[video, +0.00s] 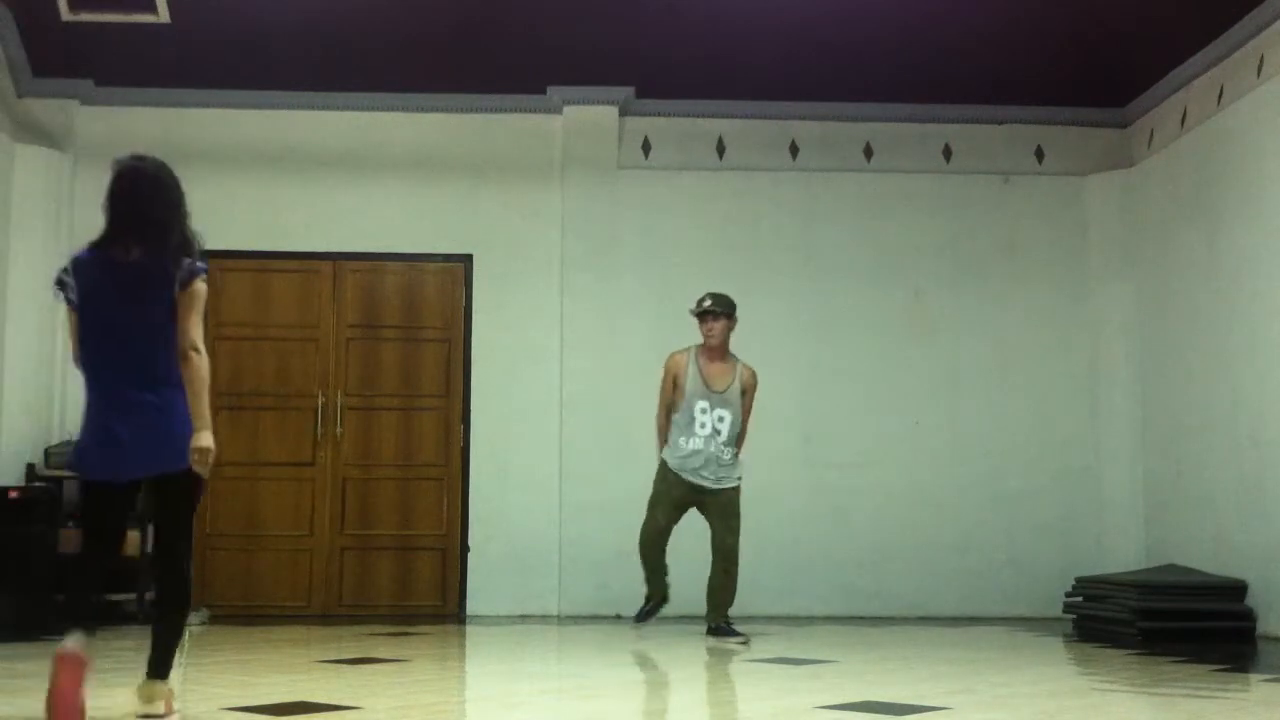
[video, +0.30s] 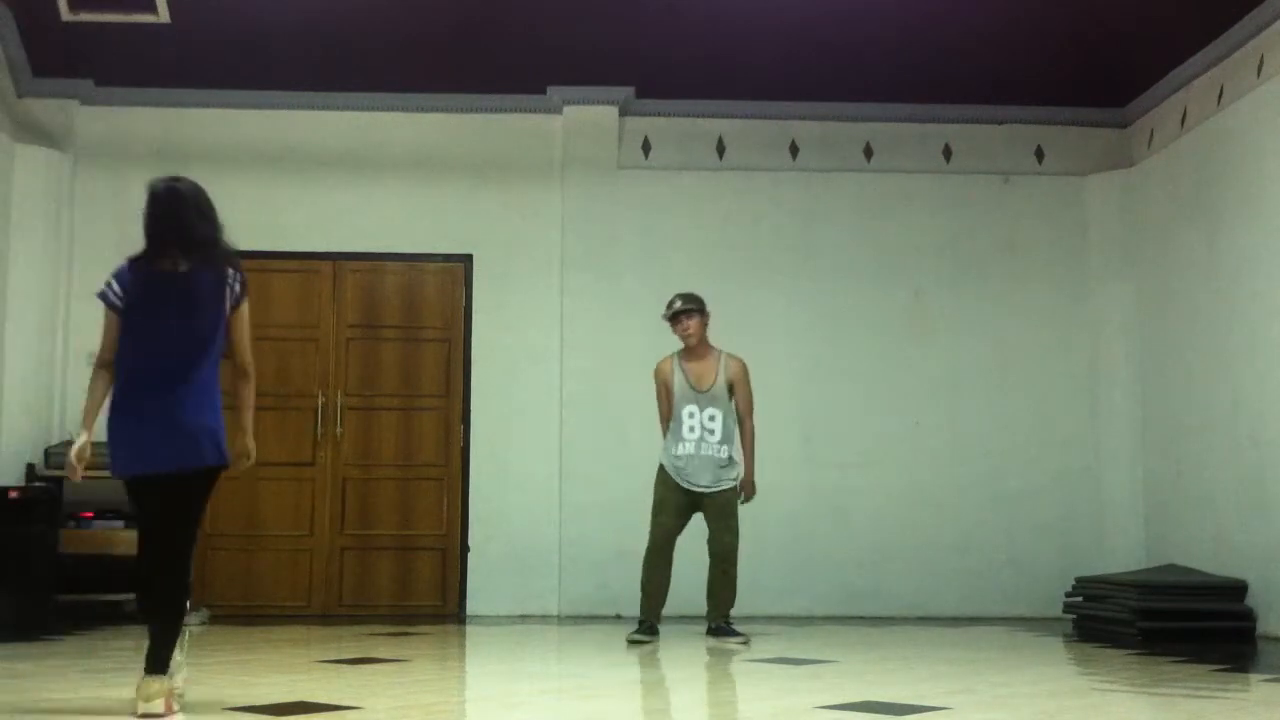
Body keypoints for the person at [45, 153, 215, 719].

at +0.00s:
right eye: (171, 202)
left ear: (112, 205)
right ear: (172, 207)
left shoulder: (82, 268)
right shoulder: (185, 266)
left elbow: (79, 354)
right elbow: (191, 349)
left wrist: (123, 383)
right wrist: (203, 427)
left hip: (105, 436)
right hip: (171, 432)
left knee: (98, 548)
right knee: (173, 559)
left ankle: (76, 639)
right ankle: (157, 683)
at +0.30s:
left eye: (154, 214)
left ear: (150, 221)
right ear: (205, 218)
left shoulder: (128, 276)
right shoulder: (226, 276)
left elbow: (106, 363)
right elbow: (242, 363)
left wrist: (85, 431)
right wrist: (246, 429)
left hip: (133, 435)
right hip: (198, 434)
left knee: (153, 545)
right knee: (175, 551)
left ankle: (168, 656)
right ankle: (154, 682)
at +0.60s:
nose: (169, 247)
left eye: (172, 240)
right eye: (172, 239)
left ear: (182, 248)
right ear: (226, 248)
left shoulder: (162, 301)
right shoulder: (249, 306)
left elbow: (139, 374)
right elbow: (259, 379)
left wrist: (119, 442)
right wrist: (256, 430)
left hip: (167, 446)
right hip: (224, 447)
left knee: (168, 550)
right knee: (213, 546)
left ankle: (183, 668)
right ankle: (199, 613)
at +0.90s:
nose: (199, 261)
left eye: (205, 254)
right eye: (201, 253)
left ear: (225, 261)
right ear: (246, 262)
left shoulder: (209, 309)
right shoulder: (260, 317)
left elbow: (188, 377)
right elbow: (273, 386)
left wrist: (170, 426)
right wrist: (274, 448)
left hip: (210, 445)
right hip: (248, 448)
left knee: (197, 548)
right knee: (222, 545)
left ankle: (198, 657)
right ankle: (252, 629)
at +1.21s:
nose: (239, 286)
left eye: (246, 278)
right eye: (239, 278)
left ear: (269, 280)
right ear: (262, 282)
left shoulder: (289, 326)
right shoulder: (252, 328)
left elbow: (289, 393)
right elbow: (247, 391)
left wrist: (266, 447)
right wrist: (238, 447)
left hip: (272, 450)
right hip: (247, 449)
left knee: (252, 542)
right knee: (251, 543)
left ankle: (279, 641)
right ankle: (279, 639)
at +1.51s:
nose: (299, 299)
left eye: (309, 293)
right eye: (293, 292)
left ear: (325, 300)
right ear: (284, 299)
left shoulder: (340, 344)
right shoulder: (278, 345)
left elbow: (376, 391)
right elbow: (265, 402)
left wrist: (397, 399)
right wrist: (235, 449)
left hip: (329, 465)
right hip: (282, 464)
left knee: (342, 546)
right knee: (276, 550)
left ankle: (366, 621)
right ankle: (267, 643)